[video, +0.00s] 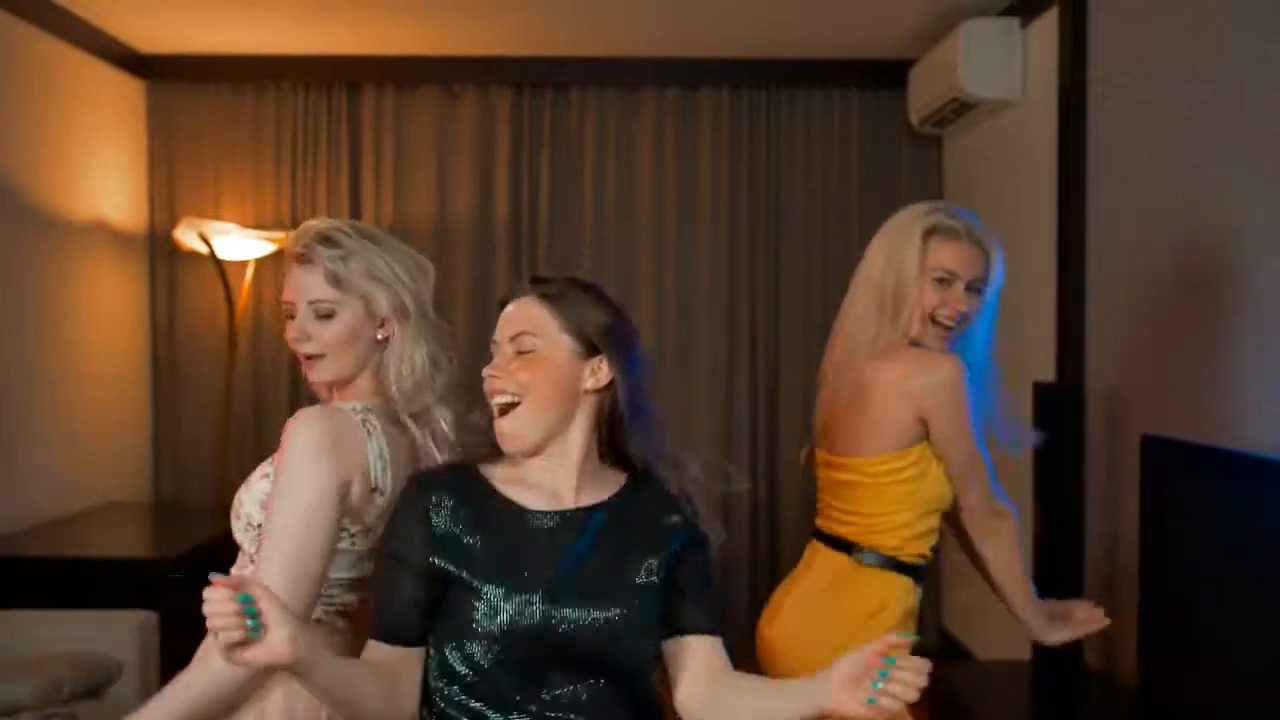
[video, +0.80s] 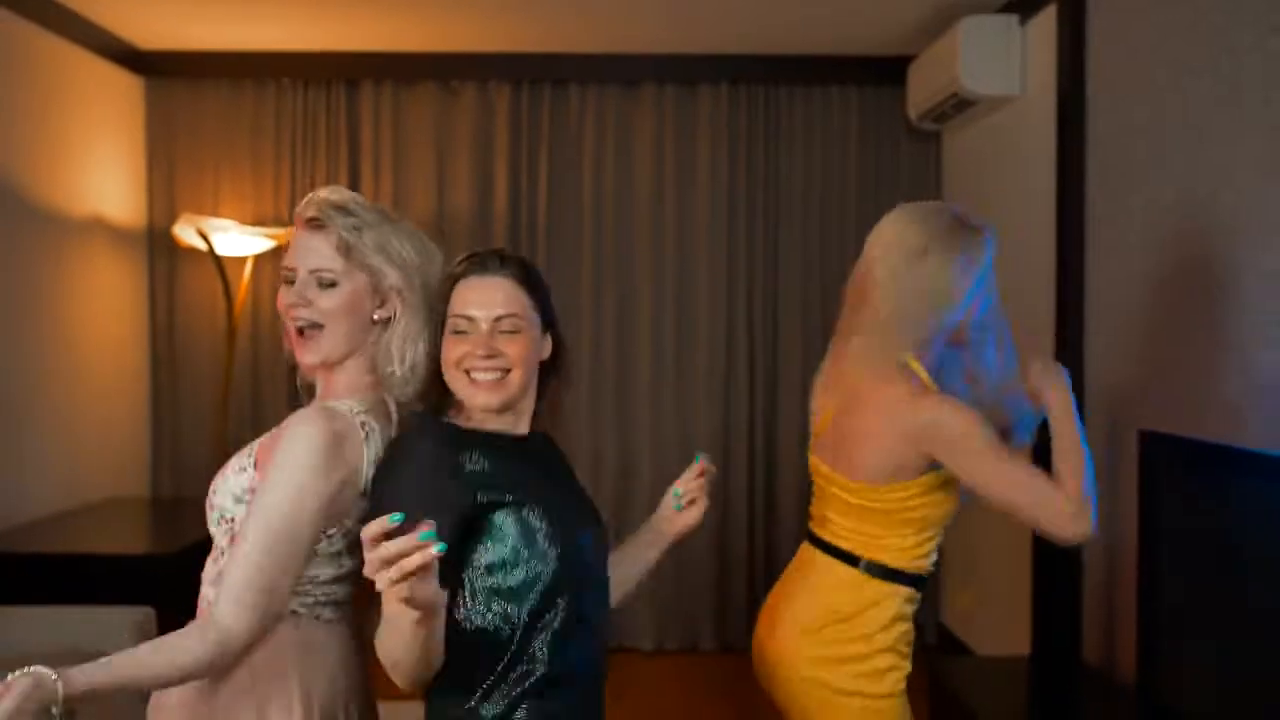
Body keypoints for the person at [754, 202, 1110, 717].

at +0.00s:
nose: (959, 305)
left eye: (973, 290)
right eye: (942, 281)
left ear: (984, 297)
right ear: (899, 275)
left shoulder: (847, 362)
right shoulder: (932, 373)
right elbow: (982, 513)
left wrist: (1029, 610)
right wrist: (1037, 620)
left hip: (799, 619)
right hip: (861, 636)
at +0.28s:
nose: (962, 310)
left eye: (976, 297)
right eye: (946, 286)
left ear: (985, 307)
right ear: (904, 279)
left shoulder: (853, 370)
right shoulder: (924, 378)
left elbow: (977, 507)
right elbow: (1011, 497)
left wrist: (1066, 572)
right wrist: (1095, 578)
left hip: (816, 633)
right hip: (855, 651)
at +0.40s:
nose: (964, 304)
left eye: (979, 293)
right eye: (950, 280)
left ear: (987, 304)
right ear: (907, 273)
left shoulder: (864, 367)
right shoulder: (918, 372)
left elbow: (989, 493)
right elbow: (1018, 474)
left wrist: (1087, 537)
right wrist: (1113, 536)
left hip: (813, 627)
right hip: (833, 642)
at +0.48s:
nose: (965, 306)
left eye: (980, 294)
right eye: (951, 281)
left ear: (988, 305)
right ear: (909, 274)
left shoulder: (864, 366)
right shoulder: (909, 374)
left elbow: (981, 483)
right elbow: (1034, 472)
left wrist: (1105, 496)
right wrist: (1125, 494)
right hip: (838, 641)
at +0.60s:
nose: (975, 309)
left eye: (986, 297)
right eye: (961, 284)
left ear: (993, 306)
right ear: (915, 273)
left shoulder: (859, 371)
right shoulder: (913, 377)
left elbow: (957, 469)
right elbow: (1068, 463)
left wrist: (1054, 435)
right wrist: (1101, 397)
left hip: (815, 616)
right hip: (846, 637)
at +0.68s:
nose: (984, 313)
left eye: (986, 296)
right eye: (972, 291)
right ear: (921, 288)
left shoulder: (858, 376)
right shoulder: (900, 391)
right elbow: (1074, 450)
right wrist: (1079, 368)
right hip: (844, 651)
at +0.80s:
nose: (982, 299)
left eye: (982, 282)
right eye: (977, 283)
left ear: (885, 276)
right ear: (952, 299)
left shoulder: (843, 369)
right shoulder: (926, 416)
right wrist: (1060, 402)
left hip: (796, 627)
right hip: (848, 658)